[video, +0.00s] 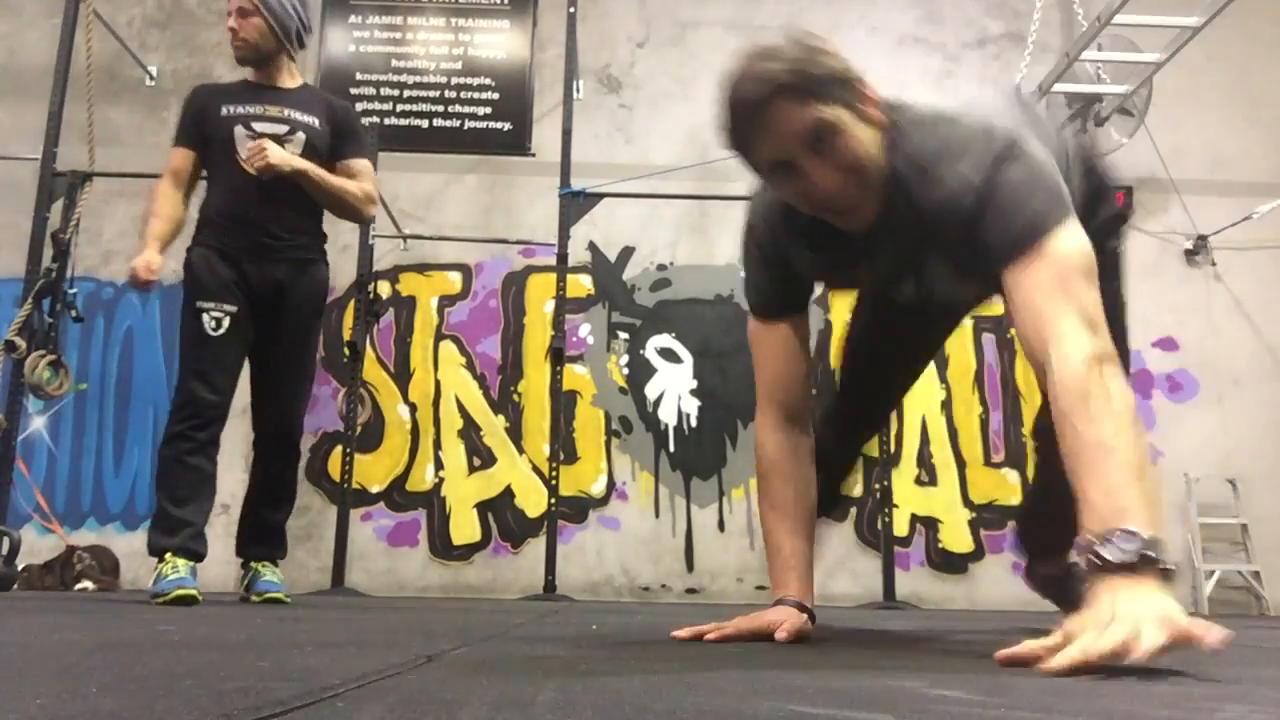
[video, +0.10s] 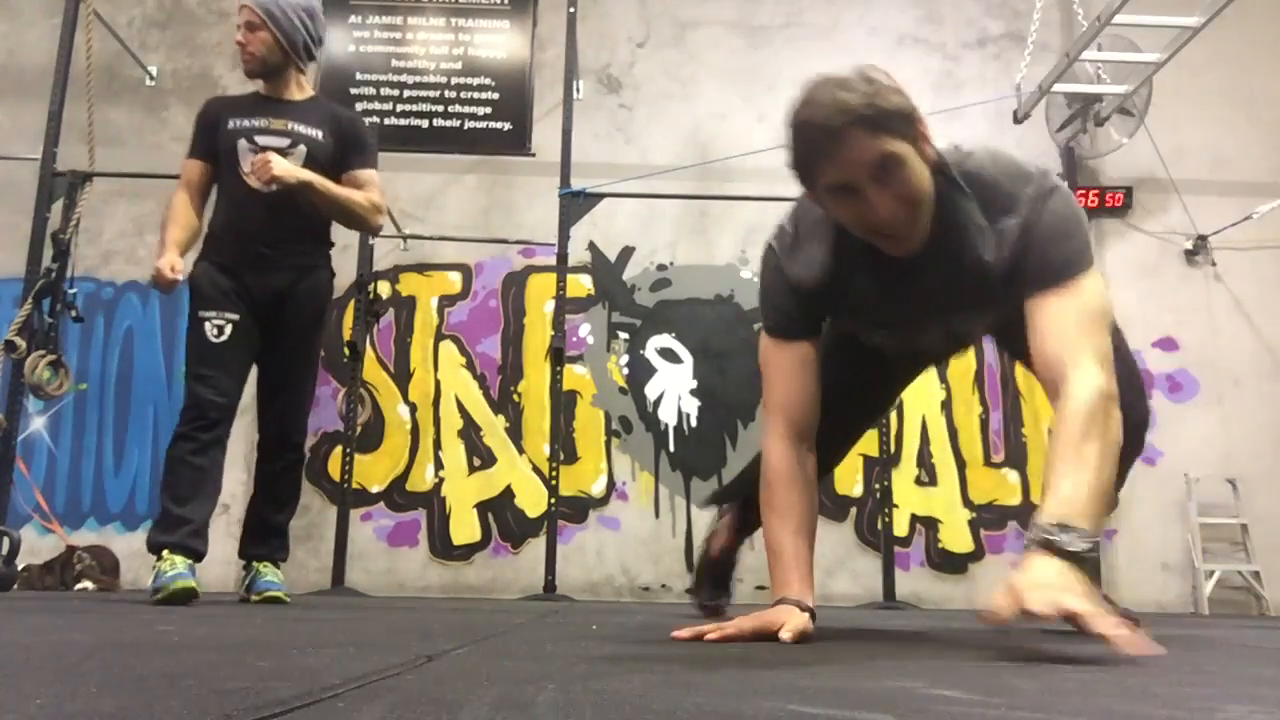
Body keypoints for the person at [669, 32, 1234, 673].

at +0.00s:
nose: (819, 181)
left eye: (824, 141)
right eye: (784, 171)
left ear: (868, 105)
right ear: (765, 179)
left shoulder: (989, 164)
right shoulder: (777, 230)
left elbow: (1082, 357)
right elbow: (782, 417)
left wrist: (1128, 567)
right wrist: (789, 596)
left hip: (1064, 212)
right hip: (926, 247)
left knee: (1084, 390)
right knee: (850, 409)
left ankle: (1059, 562)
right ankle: (814, 486)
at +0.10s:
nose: (880, 208)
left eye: (888, 170)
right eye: (845, 193)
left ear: (923, 141)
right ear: (815, 197)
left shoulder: (1026, 204)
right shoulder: (797, 260)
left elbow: (1086, 383)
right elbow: (788, 437)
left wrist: (1056, 551)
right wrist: (793, 599)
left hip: (1008, 304)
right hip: (883, 334)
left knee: (1124, 408)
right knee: (798, 456)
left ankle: (1070, 560)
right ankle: (728, 529)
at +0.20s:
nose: (902, 222)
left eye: (912, 189)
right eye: (872, 207)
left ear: (943, 166)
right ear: (840, 210)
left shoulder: (1033, 226)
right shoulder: (811, 279)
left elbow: (1100, 409)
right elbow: (798, 450)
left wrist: (1024, 543)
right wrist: (792, 597)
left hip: (1006, 347)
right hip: (880, 370)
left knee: (1111, 401)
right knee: (797, 492)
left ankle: (1051, 565)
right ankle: (712, 552)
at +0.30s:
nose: (914, 245)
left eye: (925, 216)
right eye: (885, 229)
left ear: (949, 197)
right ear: (849, 227)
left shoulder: (1019, 253)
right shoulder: (817, 302)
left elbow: (1068, 418)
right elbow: (802, 462)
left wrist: (1001, 555)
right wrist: (790, 594)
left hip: (980, 369)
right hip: (866, 393)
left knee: (1086, 385)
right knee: (787, 516)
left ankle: (1041, 574)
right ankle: (716, 557)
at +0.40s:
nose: (917, 274)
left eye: (931, 248)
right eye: (894, 256)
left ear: (954, 231)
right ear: (856, 253)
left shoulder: (1009, 286)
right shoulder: (821, 320)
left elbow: (1030, 447)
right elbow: (790, 462)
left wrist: (1001, 589)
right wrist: (762, 567)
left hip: (971, 378)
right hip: (870, 392)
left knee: (1069, 372)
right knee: (785, 550)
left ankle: (1034, 584)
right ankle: (725, 561)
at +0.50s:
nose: (920, 281)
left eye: (934, 257)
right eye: (899, 262)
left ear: (955, 244)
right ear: (861, 257)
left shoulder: (1002, 296)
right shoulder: (820, 322)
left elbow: (1024, 453)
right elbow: (755, 459)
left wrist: (1001, 592)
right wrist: (746, 547)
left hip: (956, 397)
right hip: (846, 422)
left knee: (1062, 375)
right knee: (769, 581)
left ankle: (1036, 587)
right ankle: (718, 553)